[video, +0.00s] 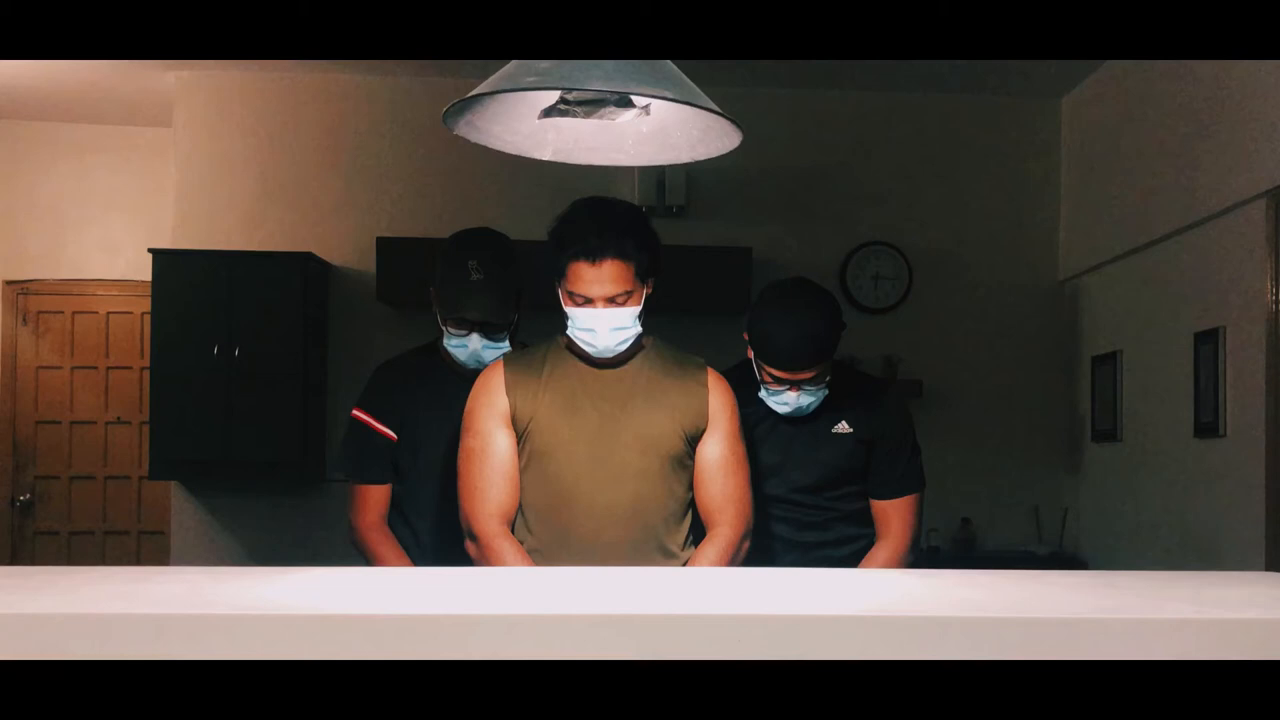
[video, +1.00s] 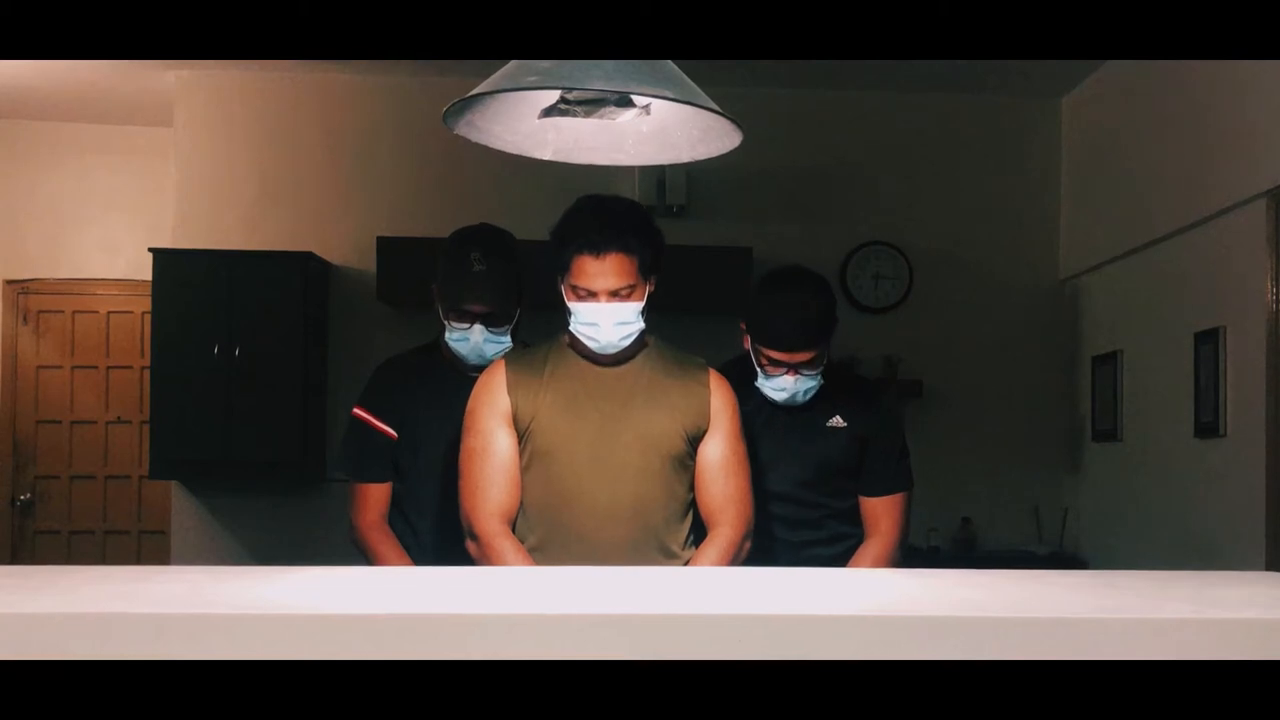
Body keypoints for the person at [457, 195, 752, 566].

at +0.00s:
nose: (600, 319)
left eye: (618, 300)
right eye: (581, 301)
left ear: (646, 291)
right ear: (560, 292)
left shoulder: (703, 390)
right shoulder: (504, 385)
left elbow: (729, 531)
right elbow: (487, 531)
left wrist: (671, 614)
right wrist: (551, 613)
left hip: (664, 611)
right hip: (542, 611)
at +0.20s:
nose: (600, 320)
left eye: (618, 300)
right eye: (582, 301)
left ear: (646, 291)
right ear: (560, 293)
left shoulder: (703, 390)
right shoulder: (504, 384)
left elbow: (729, 529)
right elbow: (485, 531)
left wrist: (671, 612)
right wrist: (551, 612)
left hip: (664, 611)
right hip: (542, 612)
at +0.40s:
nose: (601, 319)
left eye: (619, 300)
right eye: (583, 301)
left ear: (646, 290)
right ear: (561, 292)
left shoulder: (704, 390)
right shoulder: (504, 384)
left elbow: (730, 529)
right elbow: (486, 531)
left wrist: (672, 613)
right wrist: (550, 612)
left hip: (664, 611)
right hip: (542, 611)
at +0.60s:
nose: (603, 316)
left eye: (621, 297)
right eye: (584, 297)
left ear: (648, 290)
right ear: (562, 290)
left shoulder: (705, 390)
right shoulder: (505, 383)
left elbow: (731, 530)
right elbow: (486, 530)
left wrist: (671, 613)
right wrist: (551, 612)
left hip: (665, 611)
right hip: (542, 612)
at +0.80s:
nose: (603, 314)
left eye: (621, 295)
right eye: (585, 295)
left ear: (648, 289)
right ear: (563, 289)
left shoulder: (705, 391)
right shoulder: (506, 383)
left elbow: (731, 532)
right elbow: (486, 530)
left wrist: (670, 613)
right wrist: (552, 611)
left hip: (665, 611)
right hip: (542, 611)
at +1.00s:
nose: (603, 312)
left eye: (621, 294)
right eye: (584, 294)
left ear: (648, 288)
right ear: (563, 288)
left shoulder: (705, 391)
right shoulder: (506, 383)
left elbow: (731, 532)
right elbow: (486, 530)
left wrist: (670, 612)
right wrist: (552, 611)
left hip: (665, 610)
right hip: (542, 610)